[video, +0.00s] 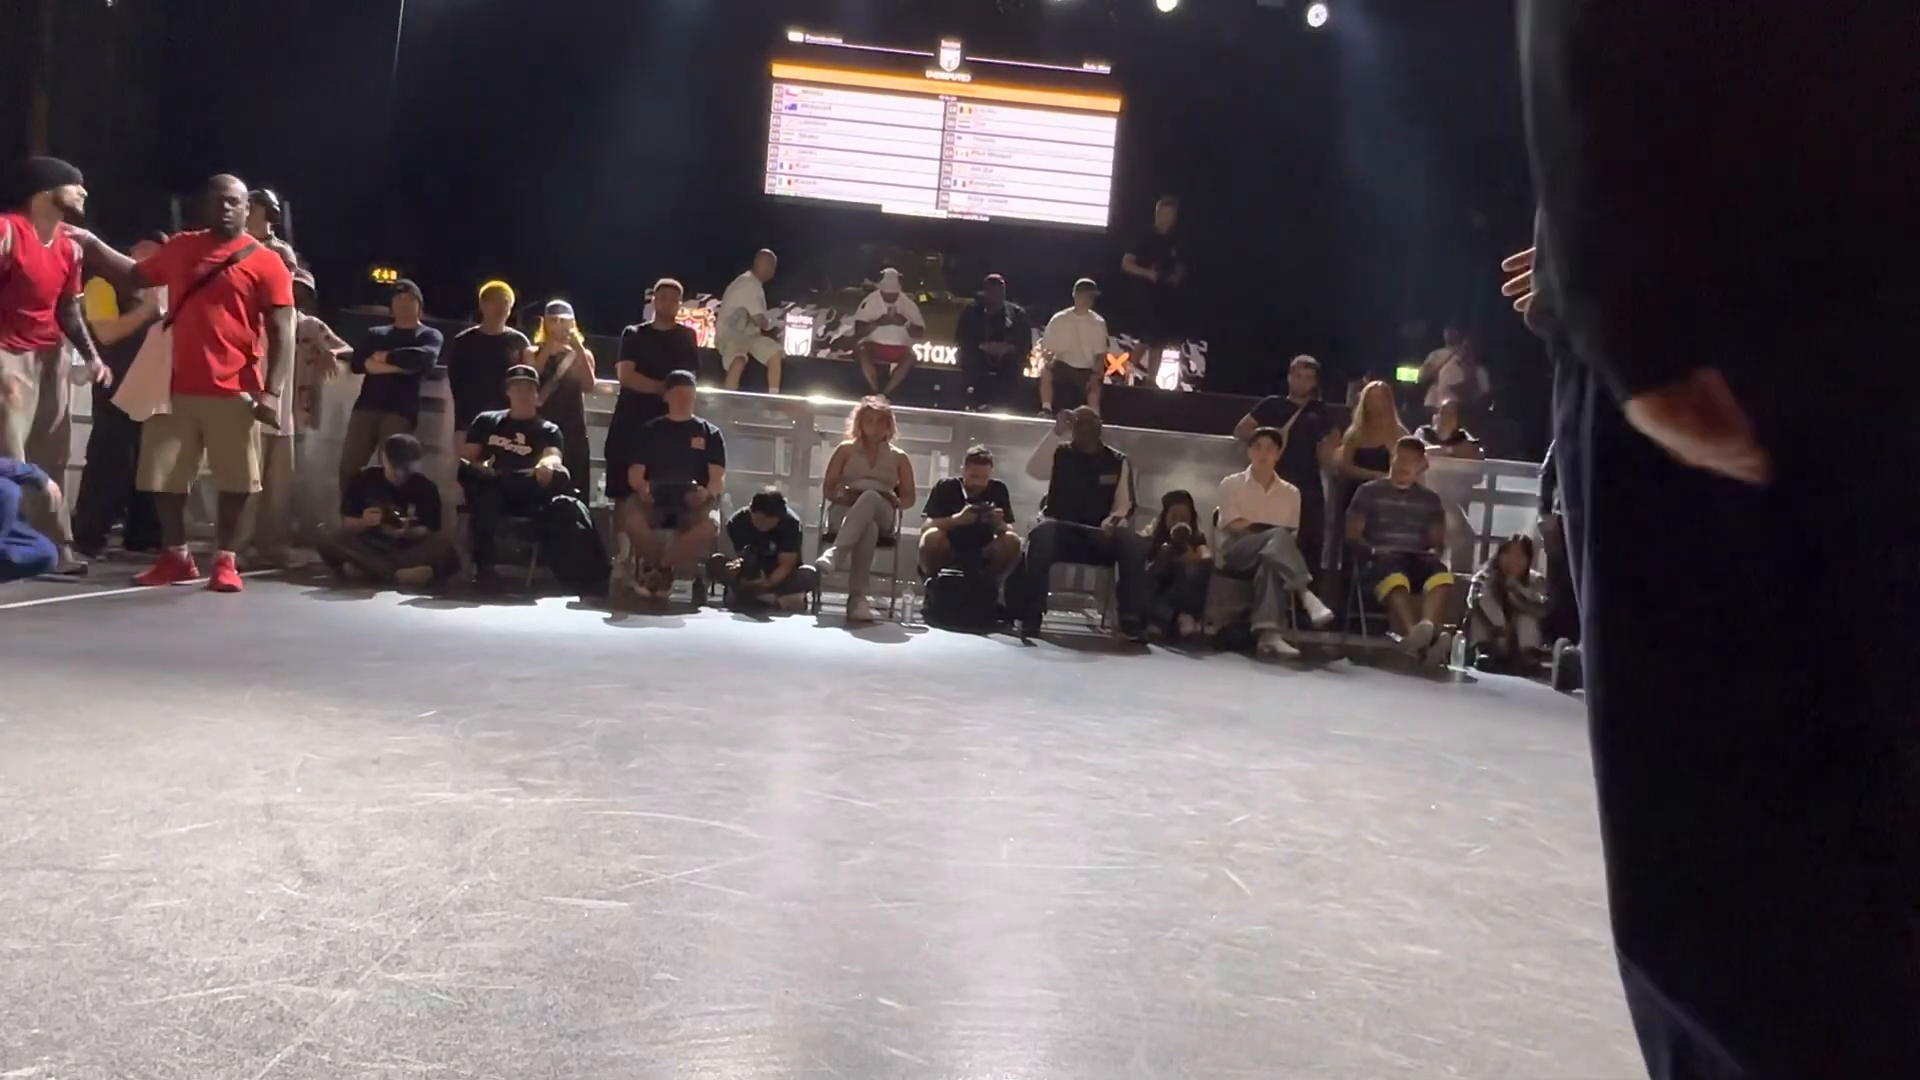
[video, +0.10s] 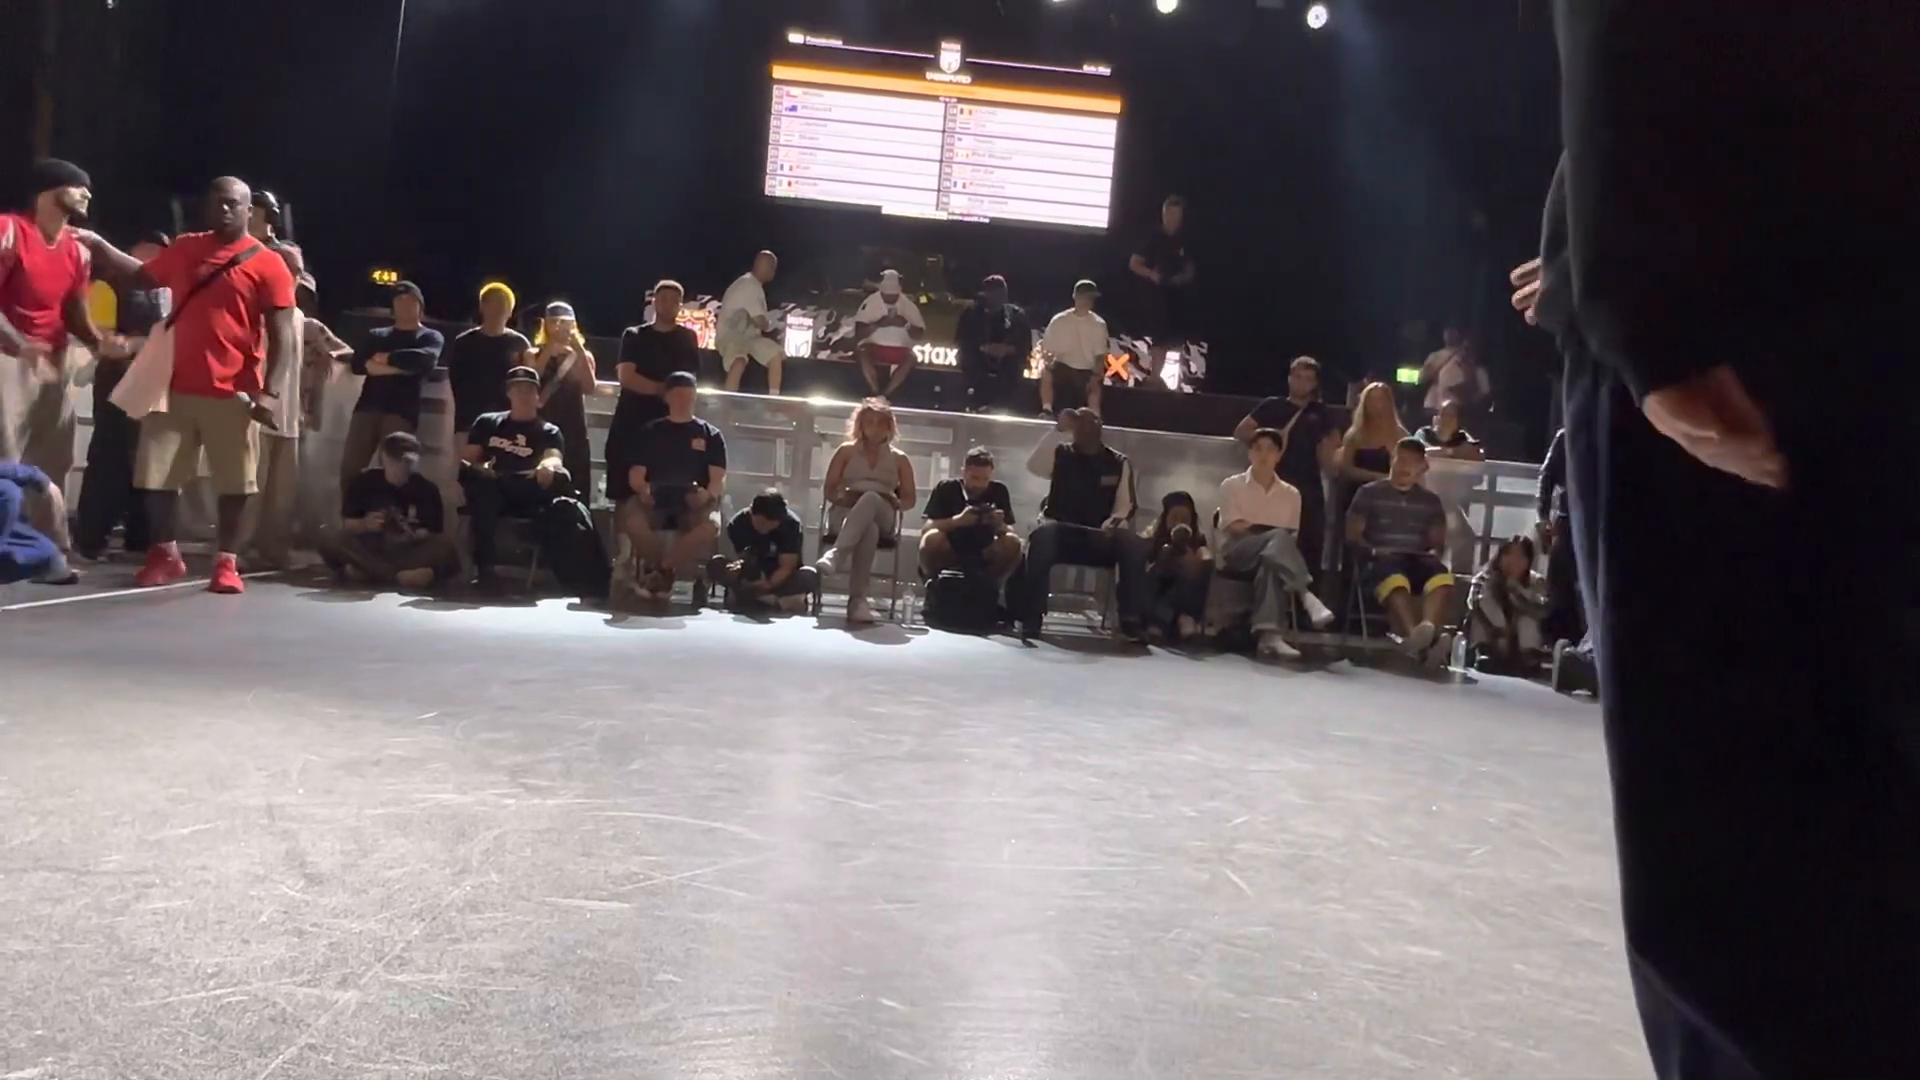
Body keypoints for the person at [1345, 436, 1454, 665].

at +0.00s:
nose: (1404, 465)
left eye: (1411, 460)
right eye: (1400, 458)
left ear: (1422, 466)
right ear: (1392, 459)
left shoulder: (1430, 499)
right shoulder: (1368, 492)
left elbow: (1436, 540)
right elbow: (1352, 534)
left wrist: (1424, 553)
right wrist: (1374, 551)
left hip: (1418, 556)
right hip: (1383, 553)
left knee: (1442, 578)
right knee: (1396, 583)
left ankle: (1424, 635)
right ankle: (1419, 645)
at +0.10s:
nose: (1405, 467)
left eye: (1412, 462)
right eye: (1401, 460)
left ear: (1422, 468)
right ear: (1392, 460)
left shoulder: (1430, 500)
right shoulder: (1369, 493)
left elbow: (1437, 543)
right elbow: (1352, 536)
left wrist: (1430, 555)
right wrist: (1374, 552)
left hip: (1418, 557)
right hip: (1383, 554)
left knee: (1442, 580)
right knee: (1396, 585)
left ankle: (1425, 636)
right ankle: (1419, 647)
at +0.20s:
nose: (1405, 468)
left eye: (1412, 463)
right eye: (1400, 461)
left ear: (1423, 468)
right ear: (1392, 462)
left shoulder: (1431, 501)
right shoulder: (1368, 494)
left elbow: (1437, 543)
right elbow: (1353, 537)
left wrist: (1432, 555)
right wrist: (1375, 553)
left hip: (1418, 558)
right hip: (1384, 555)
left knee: (1442, 580)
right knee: (1396, 585)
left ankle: (1425, 638)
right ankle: (1420, 648)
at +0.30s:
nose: (1405, 468)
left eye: (1412, 463)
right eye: (1400, 461)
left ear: (1423, 468)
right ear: (1391, 462)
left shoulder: (1430, 501)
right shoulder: (1368, 494)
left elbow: (1436, 543)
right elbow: (1352, 537)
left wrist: (1432, 555)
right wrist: (1373, 553)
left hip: (1418, 558)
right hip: (1383, 555)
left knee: (1442, 580)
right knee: (1397, 586)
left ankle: (1425, 637)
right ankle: (1419, 647)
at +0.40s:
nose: (1403, 468)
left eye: (1410, 463)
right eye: (1399, 461)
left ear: (1421, 468)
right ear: (1389, 462)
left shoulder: (1428, 501)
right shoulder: (1366, 494)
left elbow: (1435, 543)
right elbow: (1350, 537)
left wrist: (1430, 555)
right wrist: (1372, 553)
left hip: (1416, 559)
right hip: (1381, 556)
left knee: (1441, 580)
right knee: (1395, 586)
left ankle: (1423, 637)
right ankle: (1417, 647)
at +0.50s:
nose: (1401, 469)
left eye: (1408, 463)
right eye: (1397, 461)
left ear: (1419, 469)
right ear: (1388, 462)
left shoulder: (1426, 501)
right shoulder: (1365, 495)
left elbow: (1433, 543)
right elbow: (1349, 538)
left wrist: (1428, 555)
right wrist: (1370, 553)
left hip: (1415, 558)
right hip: (1380, 556)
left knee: (1439, 581)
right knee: (1394, 587)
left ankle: (1421, 636)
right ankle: (1415, 646)